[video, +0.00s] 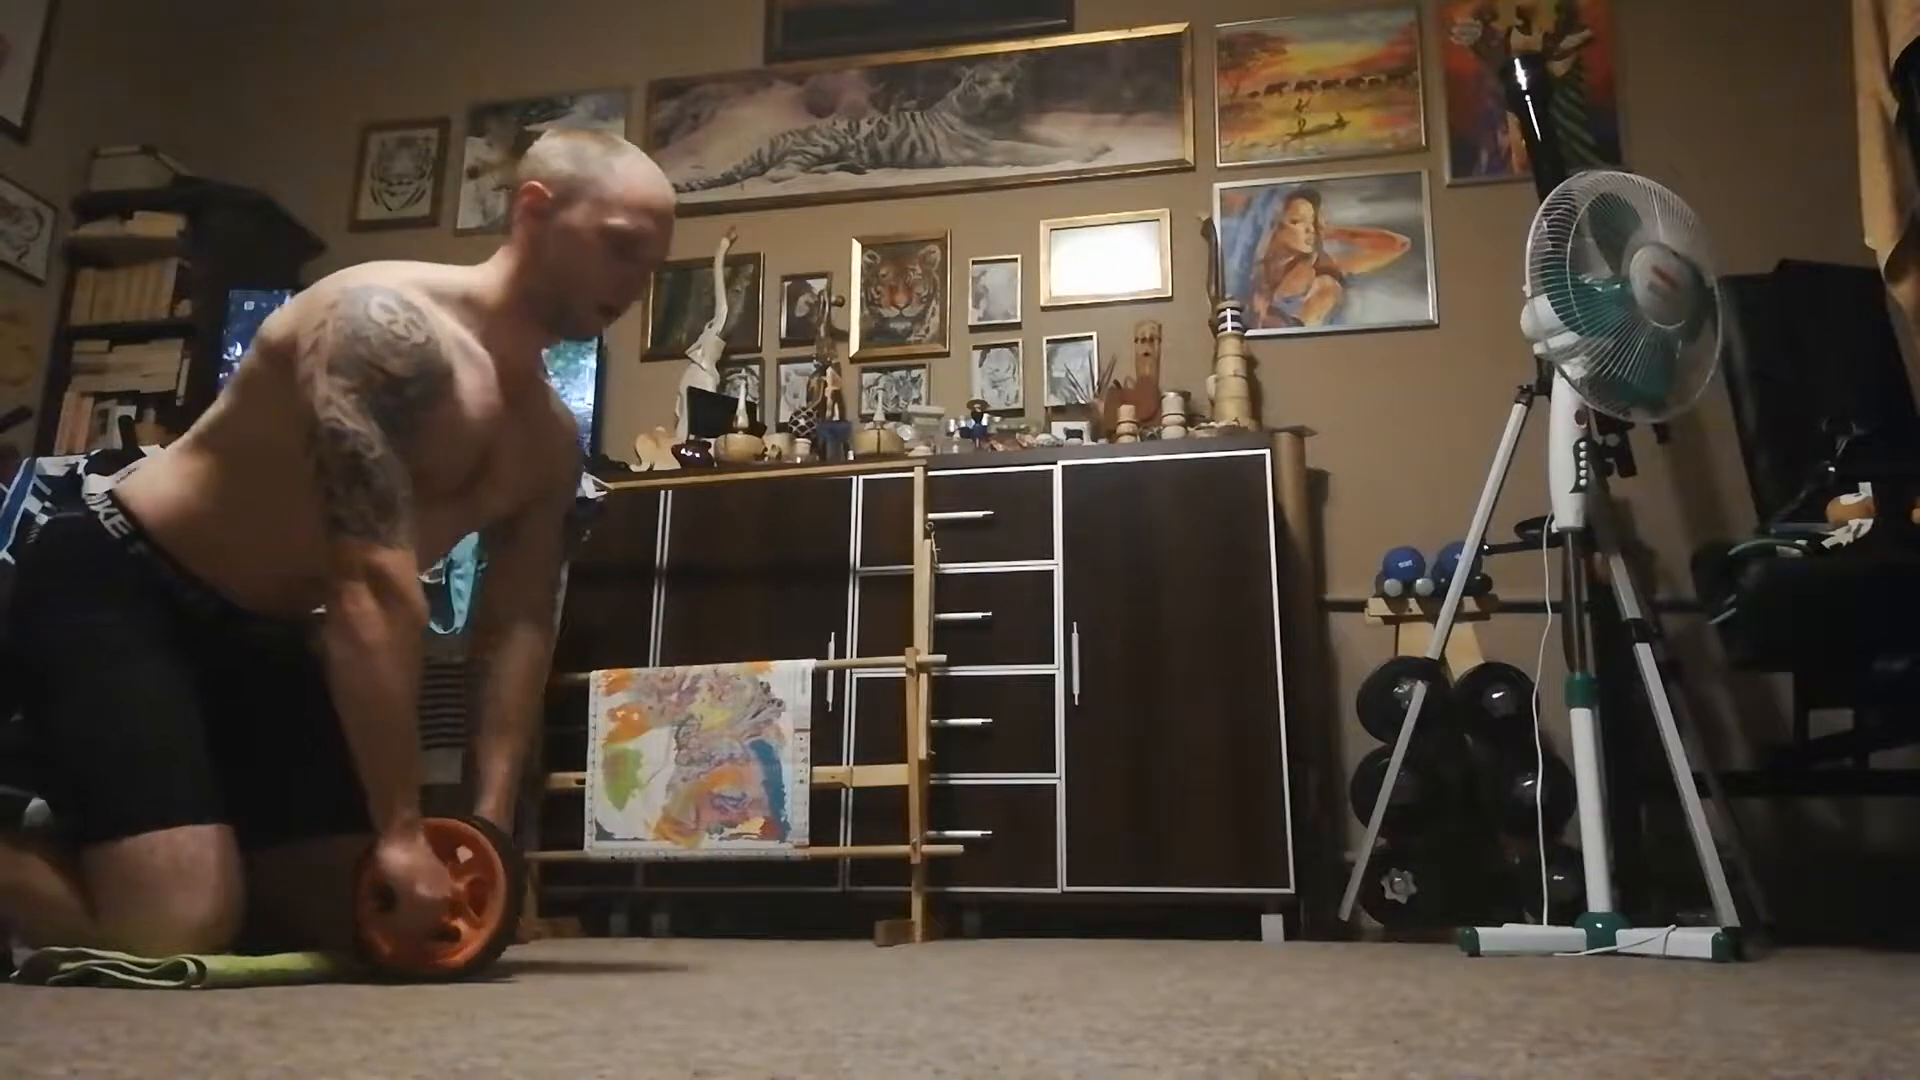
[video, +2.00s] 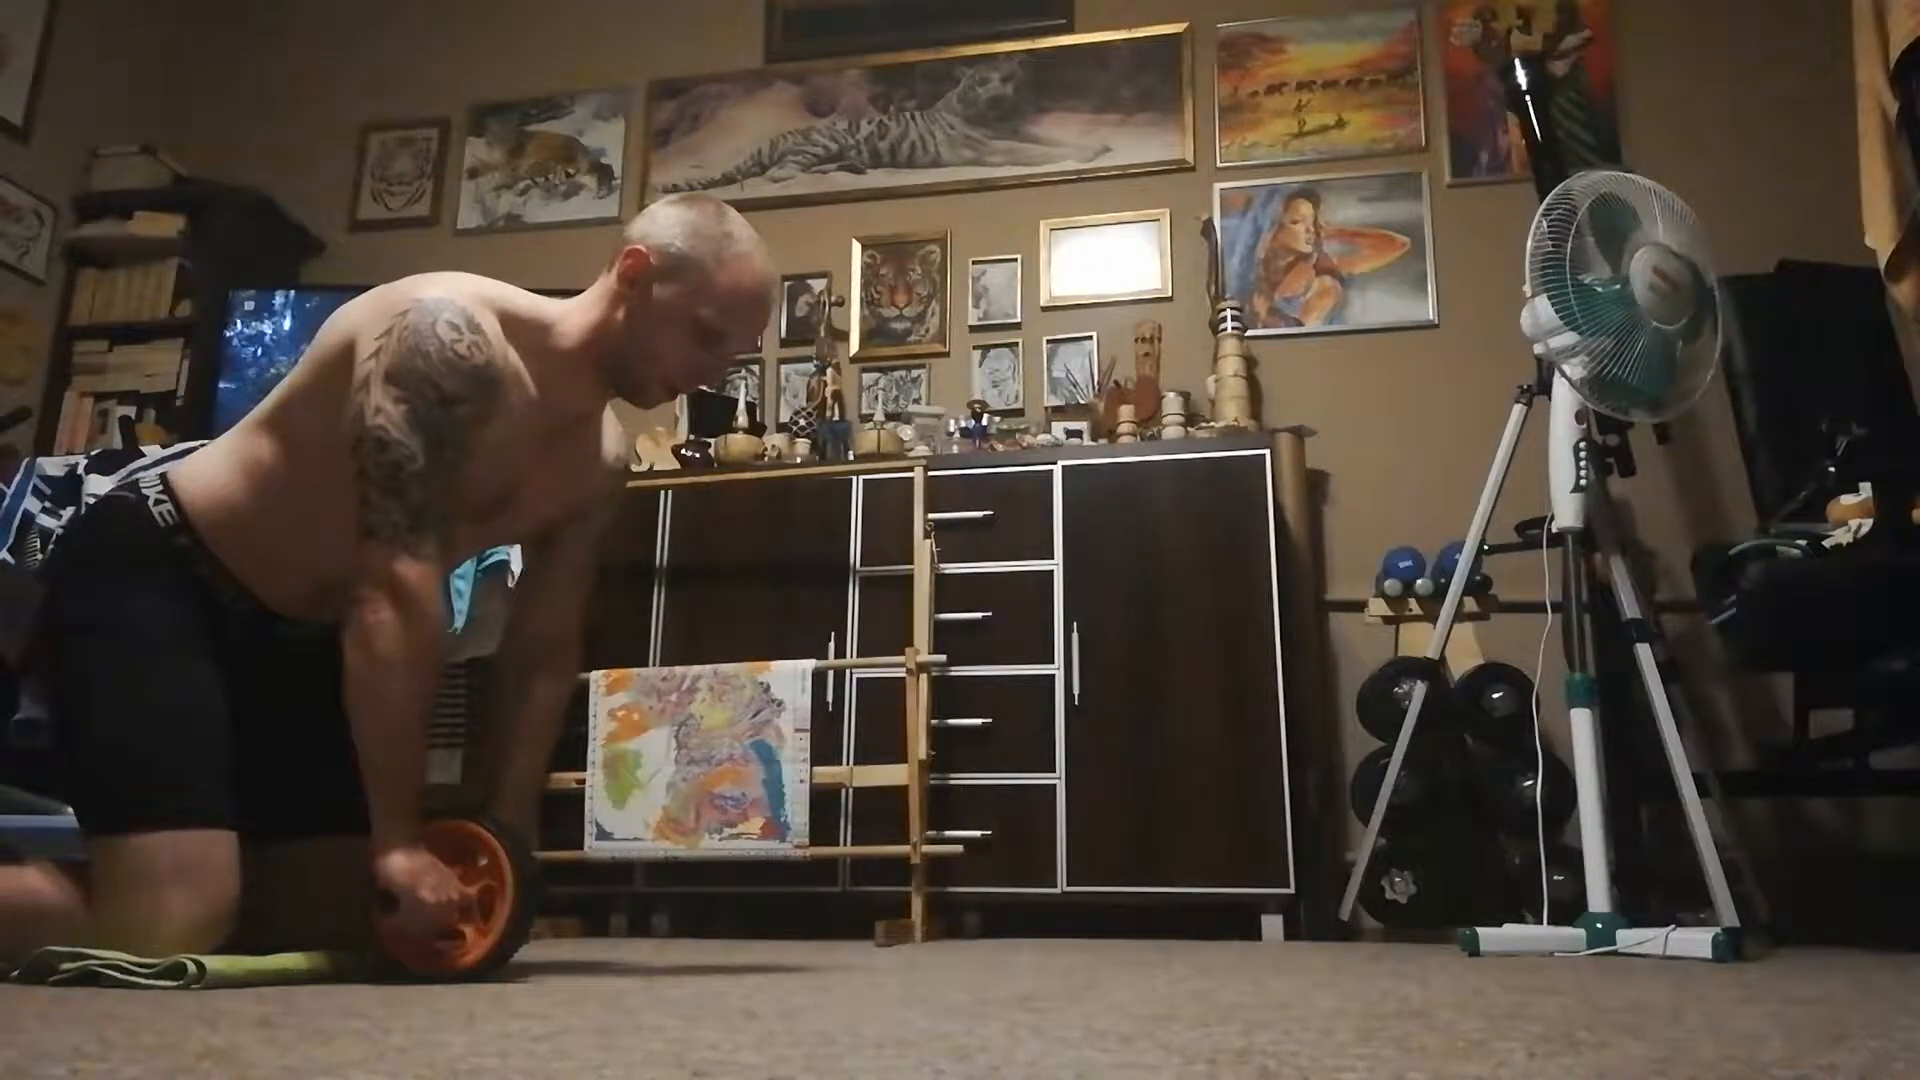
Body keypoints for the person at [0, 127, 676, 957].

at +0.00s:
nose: (637, 286)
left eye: (653, 266)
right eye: (623, 249)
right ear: (538, 209)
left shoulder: (551, 440)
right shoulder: (384, 326)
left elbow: (519, 627)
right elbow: (368, 593)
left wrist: (490, 829)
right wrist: (401, 833)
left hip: (265, 636)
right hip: (116, 579)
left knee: (345, 916)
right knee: (178, 929)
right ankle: (10, 850)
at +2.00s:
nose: (718, 374)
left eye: (736, 353)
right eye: (711, 339)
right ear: (636, 279)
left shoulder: (589, 468)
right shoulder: (448, 339)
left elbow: (542, 656)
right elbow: (390, 604)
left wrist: (497, 858)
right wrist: (400, 845)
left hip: (294, 632)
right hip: (154, 569)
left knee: (354, 913)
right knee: (172, 922)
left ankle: (140, 894)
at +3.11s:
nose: (717, 338)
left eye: (733, 315)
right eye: (706, 299)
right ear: (620, 249)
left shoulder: (611, 464)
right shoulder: (452, 334)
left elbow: (547, 666)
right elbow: (392, 599)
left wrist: (501, 873)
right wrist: (399, 853)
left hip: (294, 643)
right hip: (149, 573)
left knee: (355, 920)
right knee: (178, 923)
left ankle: (85, 865)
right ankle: (9, 862)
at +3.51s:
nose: (729, 334)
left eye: (740, 311)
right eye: (713, 299)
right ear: (625, 253)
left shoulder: (617, 466)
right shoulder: (463, 337)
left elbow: (553, 665)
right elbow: (398, 601)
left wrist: (499, 869)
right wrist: (398, 853)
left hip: (295, 640)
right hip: (150, 572)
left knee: (354, 915)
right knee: (180, 920)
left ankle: (63, 860)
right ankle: (10, 861)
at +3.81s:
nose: (720, 341)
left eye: (735, 317)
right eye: (706, 302)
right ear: (621, 255)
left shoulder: (615, 463)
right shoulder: (458, 339)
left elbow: (550, 664)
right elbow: (395, 602)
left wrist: (499, 866)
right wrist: (398, 850)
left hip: (292, 641)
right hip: (146, 571)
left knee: (356, 913)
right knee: (179, 922)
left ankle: (63, 859)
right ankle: (11, 860)